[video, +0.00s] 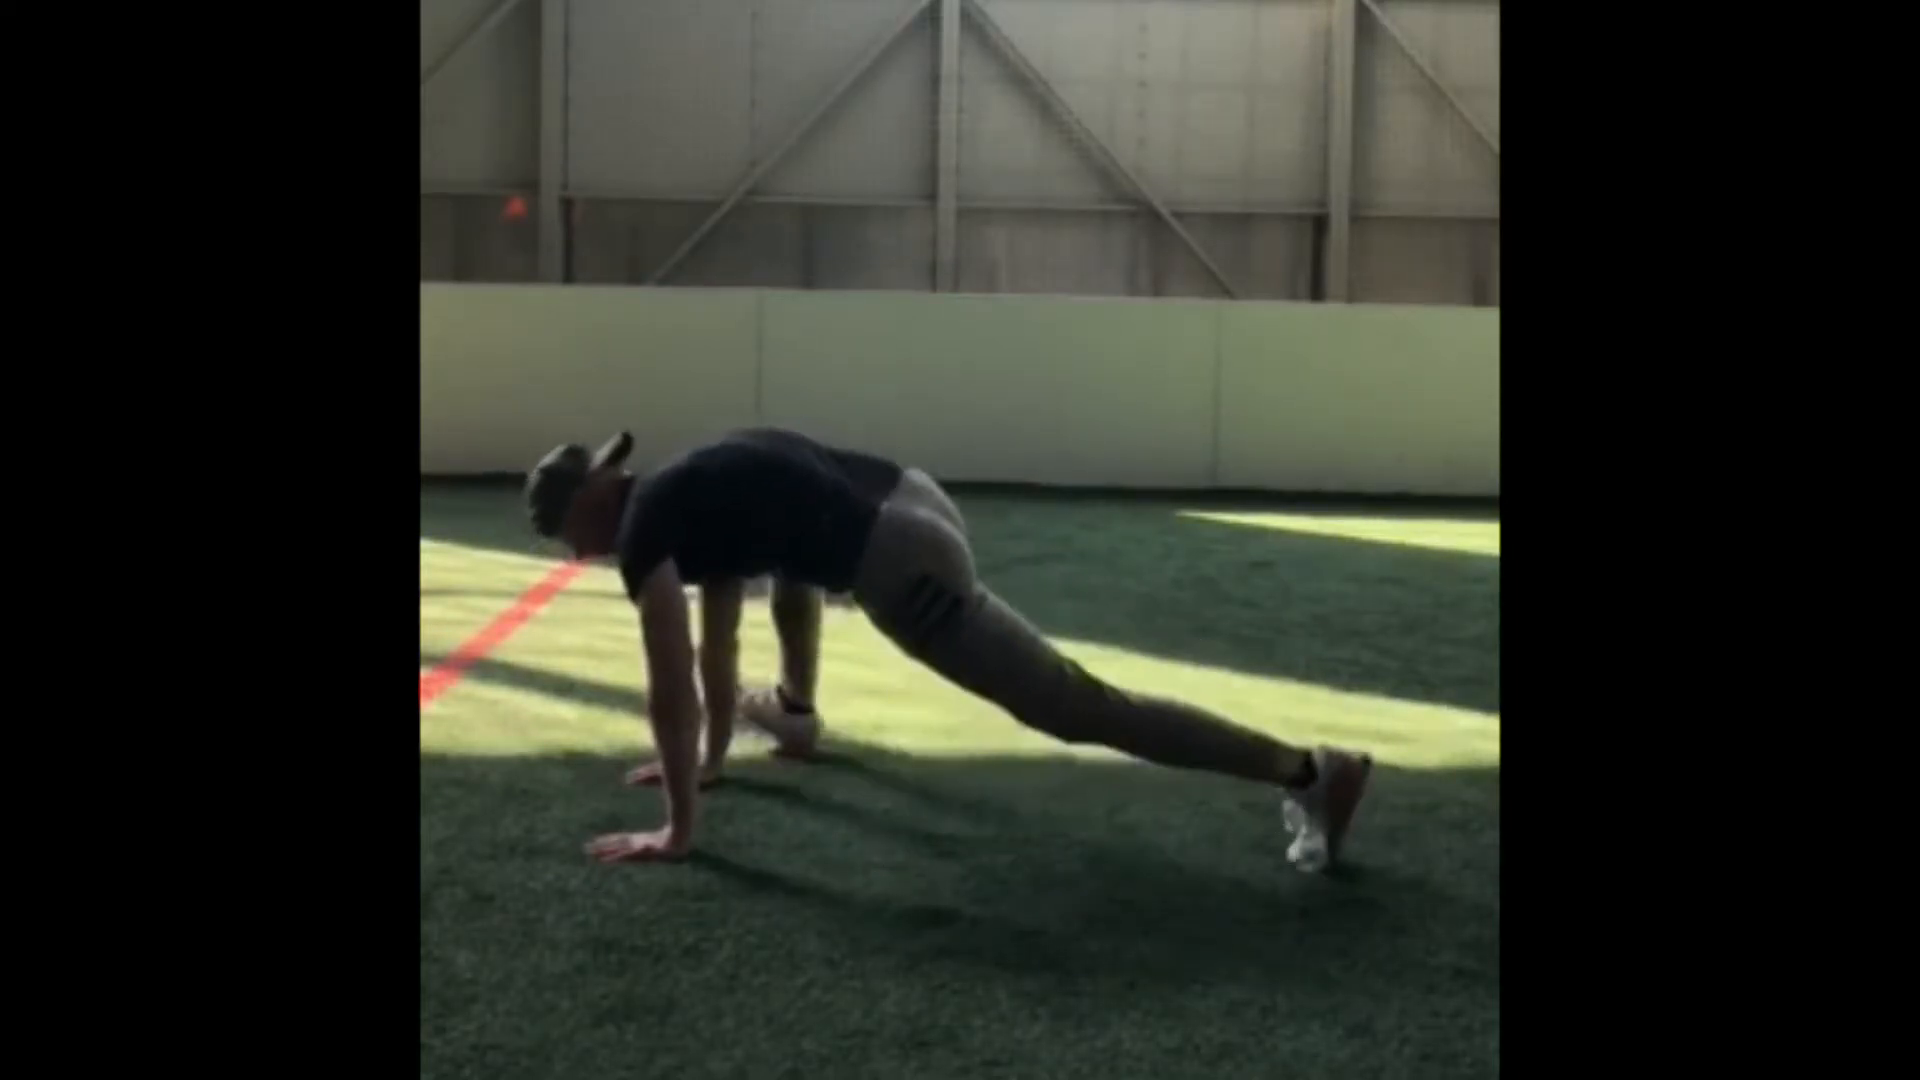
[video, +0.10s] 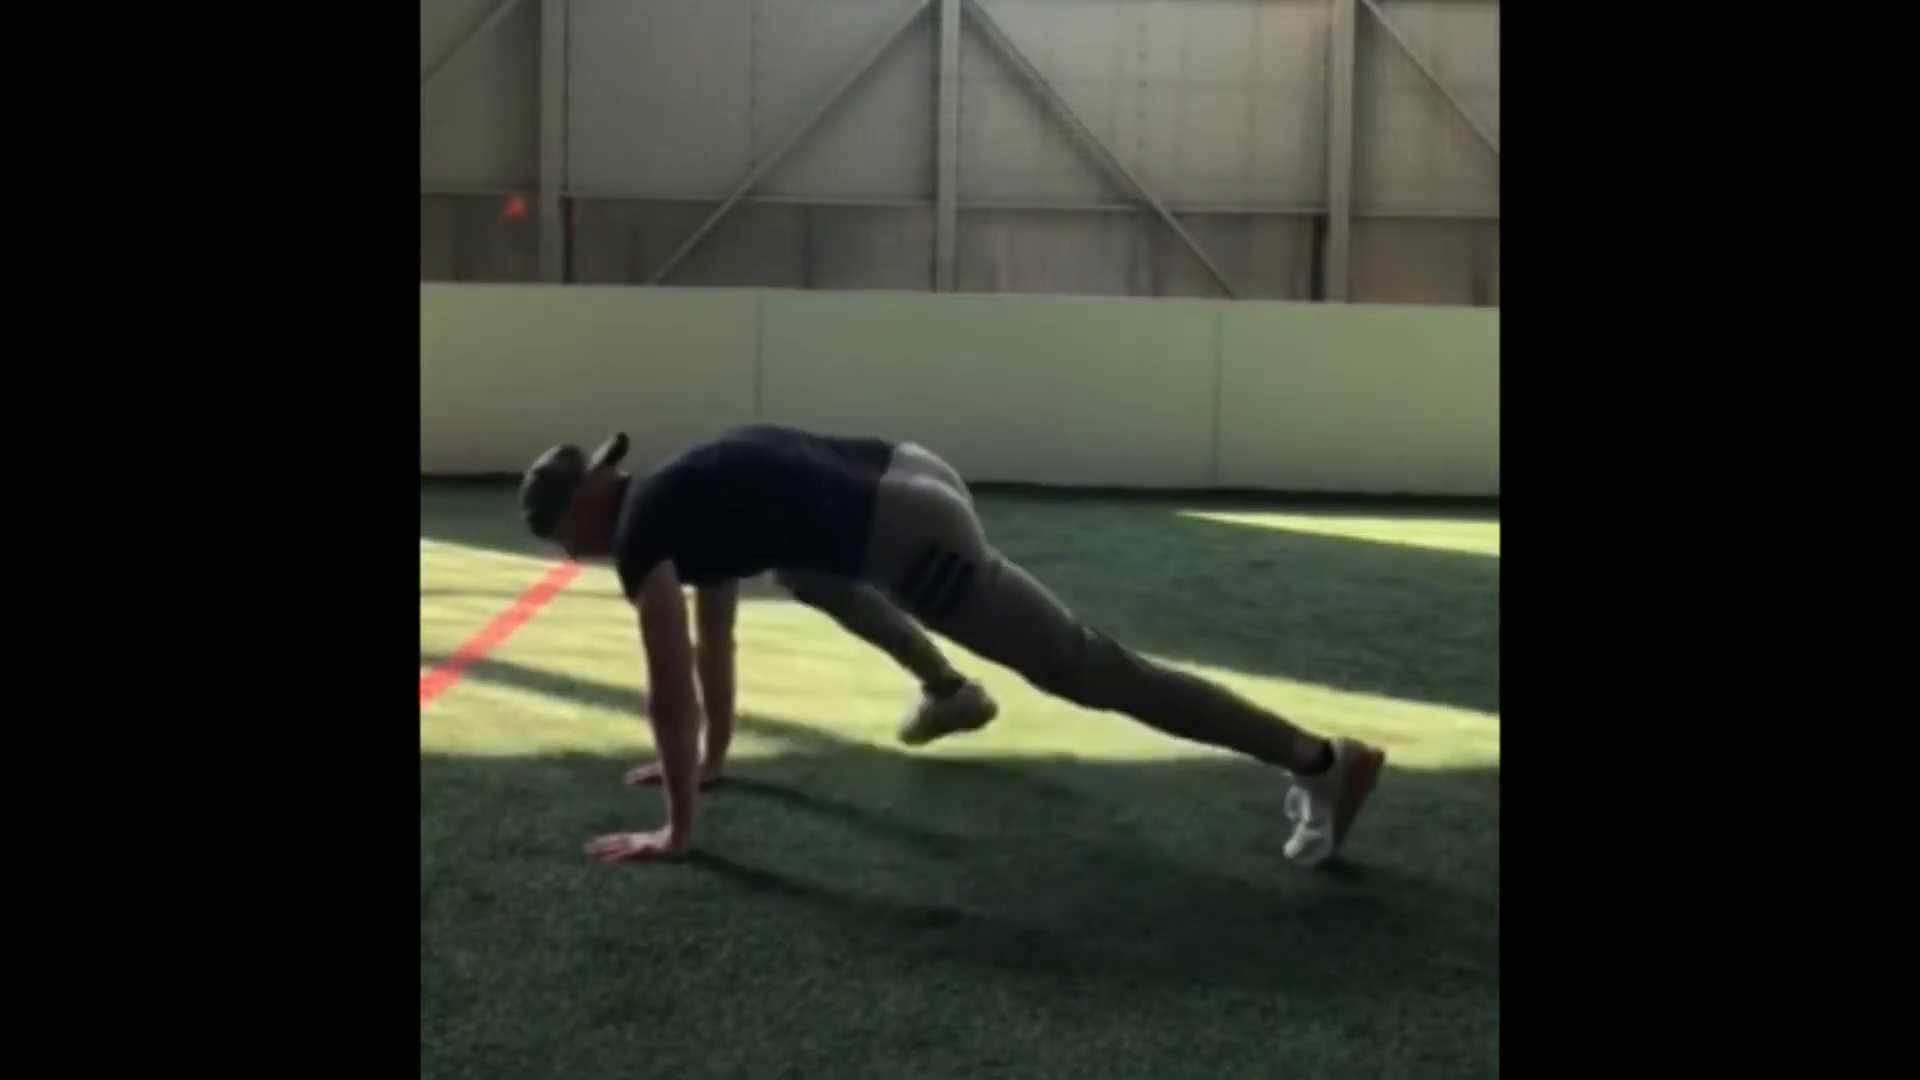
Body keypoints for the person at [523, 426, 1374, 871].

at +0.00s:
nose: (580, 556)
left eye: (571, 540)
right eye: (570, 543)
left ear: (589, 510)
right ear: (615, 481)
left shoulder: (645, 533)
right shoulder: (703, 488)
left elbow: (676, 689)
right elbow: (720, 651)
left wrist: (677, 829)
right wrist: (692, 764)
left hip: (897, 558)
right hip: (917, 500)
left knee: (1079, 708)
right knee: (777, 549)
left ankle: (1311, 777)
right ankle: (796, 718)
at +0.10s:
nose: (582, 563)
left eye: (574, 548)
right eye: (572, 551)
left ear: (587, 513)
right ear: (611, 482)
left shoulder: (645, 531)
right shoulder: (696, 496)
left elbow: (672, 687)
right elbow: (718, 656)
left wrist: (676, 827)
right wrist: (709, 757)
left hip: (908, 530)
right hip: (919, 475)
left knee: (1094, 672)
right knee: (798, 575)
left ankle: (1324, 762)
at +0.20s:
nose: (577, 563)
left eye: (567, 548)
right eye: (565, 551)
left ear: (582, 509)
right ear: (602, 482)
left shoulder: (643, 530)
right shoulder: (685, 500)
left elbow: (670, 687)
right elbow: (712, 656)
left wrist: (677, 829)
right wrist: (705, 758)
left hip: (913, 526)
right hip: (911, 501)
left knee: (1111, 668)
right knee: (898, 671)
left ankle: (1328, 760)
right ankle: (1087, 647)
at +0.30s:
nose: (577, 559)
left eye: (568, 542)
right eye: (565, 547)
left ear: (586, 505)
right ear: (604, 483)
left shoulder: (648, 529)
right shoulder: (686, 505)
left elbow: (673, 683)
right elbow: (715, 661)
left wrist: (676, 827)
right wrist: (706, 762)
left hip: (923, 567)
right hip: (918, 560)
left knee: (1110, 683)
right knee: (1016, 726)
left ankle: (1345, 768)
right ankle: (1210, 681)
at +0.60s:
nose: (577, 565)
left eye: (568, 550)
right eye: (564, 554)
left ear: (585, 507)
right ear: (601, 487)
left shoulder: (644, 530)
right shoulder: (688, 500)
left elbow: (670, 687)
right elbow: (719, 658)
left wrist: (679, 829)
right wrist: (706, 762)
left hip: (909, 538)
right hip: (935, 505)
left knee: (1002, 743)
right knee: (1073, 663)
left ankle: (1252, 725)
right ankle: (1284, 727)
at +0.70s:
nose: (568, 562)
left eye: (560, 547)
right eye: (556, 551)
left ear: (580, 512)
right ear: (597, 489)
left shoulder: (651, 531)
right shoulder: (674, 498)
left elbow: (673, 686)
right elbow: (709, 651)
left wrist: (679, 828)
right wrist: (706, 760)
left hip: (893, 518)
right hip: (929, 494)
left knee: (815, 691)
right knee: (1079, 644)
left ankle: (1054, 771)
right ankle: (1291, 726)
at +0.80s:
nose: (571, 560)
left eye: (561, 544)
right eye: (558, 550)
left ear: (586, 508)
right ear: (598, 490)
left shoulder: (654, 537)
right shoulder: (670, 499)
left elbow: (670, 680)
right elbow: (696, 666)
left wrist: (686, 798)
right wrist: (688, 762)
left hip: (889, 538)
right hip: (923, 540)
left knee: (694, 579)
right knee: (1071, 675)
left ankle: (736, 824)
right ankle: (1287, 727)